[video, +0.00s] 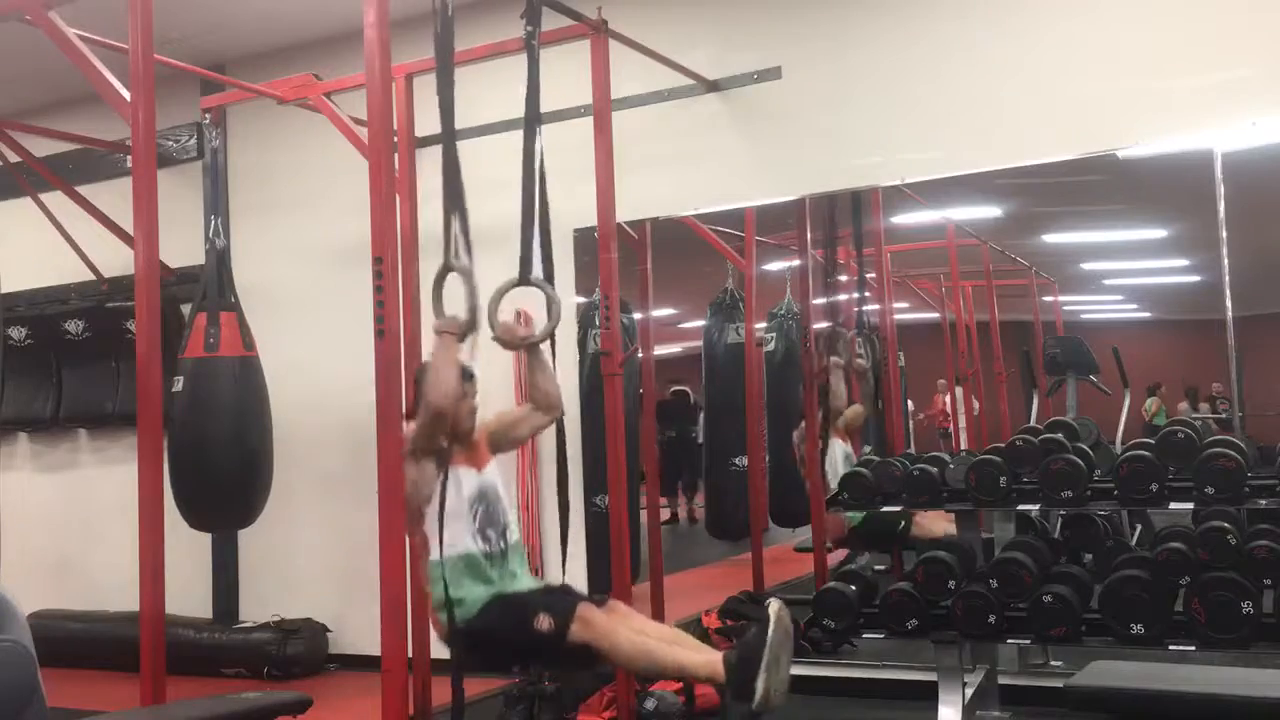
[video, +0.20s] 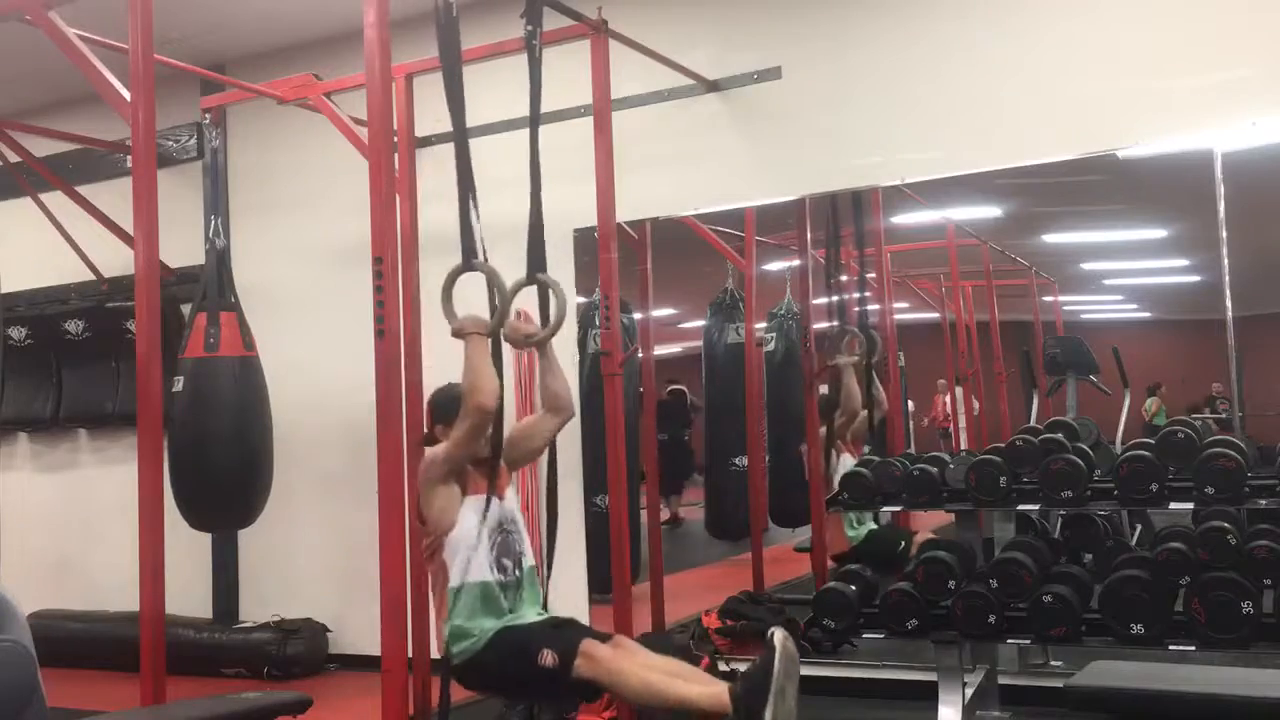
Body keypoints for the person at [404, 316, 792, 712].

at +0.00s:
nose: (468, 399)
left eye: (468, 389)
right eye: (458, 392)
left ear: (472, 394)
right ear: (431, 404)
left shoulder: (480, 443)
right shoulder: (421, 462)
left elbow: (546, 407)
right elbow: (436, 413)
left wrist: (530, 346)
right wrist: (448, 342)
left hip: (518, 593)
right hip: (470, 614)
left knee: (613, 611)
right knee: (589, 622)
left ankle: (731, 667)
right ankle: (726, 672)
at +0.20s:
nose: (488, 430)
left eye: (490, 420)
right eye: (476, 421)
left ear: (493, 422)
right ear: (443, 430)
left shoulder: (499, 462)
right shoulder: (436, 472)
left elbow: (556, 409)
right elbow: (482, 407)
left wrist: (538, 343)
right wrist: (476, 334)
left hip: (528, 620)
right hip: (477, 639)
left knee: (622, 648)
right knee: (594, 656)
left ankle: (738, 694)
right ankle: (733, 701)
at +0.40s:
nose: (501, 429)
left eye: (504, 417)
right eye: (489, 419)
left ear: (506, 421)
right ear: (460, 428)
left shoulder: (516, 462)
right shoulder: (453, 472)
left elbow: (571, 409)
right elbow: (495, 407)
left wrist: (554, 341)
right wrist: (489, 333)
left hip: (538, 624)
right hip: (488, 642)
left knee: (629, 659)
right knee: (604, 672)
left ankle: (744, 710)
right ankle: (737, 715)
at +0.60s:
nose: (500, 429)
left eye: (500, 420)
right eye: (488, 421)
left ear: (503, 424)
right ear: (460, 430)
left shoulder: (516, 461)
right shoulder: (455, 470)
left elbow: (572, 409)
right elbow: (496, 406)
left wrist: (553, 343)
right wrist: (487, 333)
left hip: (545, 622)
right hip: (499, 642)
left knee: (639, 655)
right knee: (616, 673)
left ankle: (757, 708)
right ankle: (748, 716)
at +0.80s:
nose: (489, 419)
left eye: (488, 410)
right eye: (477, 412)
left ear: (483, 413)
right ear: (450, 420)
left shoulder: (510, 450)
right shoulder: (448, 458)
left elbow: (570, 409)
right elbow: (492, 406)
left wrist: (552, 345)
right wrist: (488, 335)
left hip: (552, 604)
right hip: (506, 625)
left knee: (647, 634)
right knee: (622, 646)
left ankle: (765, 689)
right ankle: (761, 698)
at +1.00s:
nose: (473, 388)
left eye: (472, 379)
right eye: (460, 380)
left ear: (469, 383)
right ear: (436, 391)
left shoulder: (499, 425)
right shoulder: (432, 428)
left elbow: (568, 406)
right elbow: (480, 405)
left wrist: (552, 344)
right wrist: (480, 338)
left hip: (550, 569)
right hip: (504, 589)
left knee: (648, 590)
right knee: (622, 605)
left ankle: (768, 644)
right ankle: (764, 653)